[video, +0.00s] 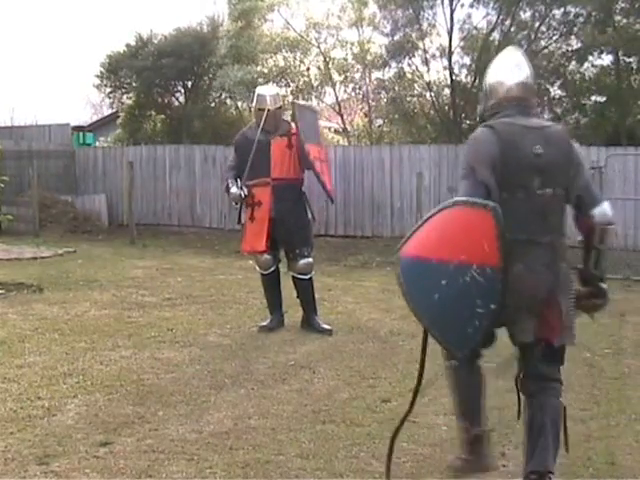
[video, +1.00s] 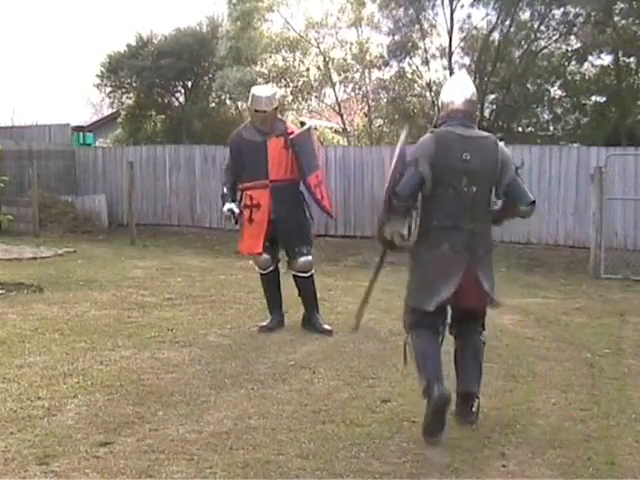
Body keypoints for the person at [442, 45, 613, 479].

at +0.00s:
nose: (492, 98)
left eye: (491, 92)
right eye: (504, 91)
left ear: (491, 95)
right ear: (533, 93)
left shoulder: (484, 140)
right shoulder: (560, 139)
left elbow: (473, 212)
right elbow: (594, 215)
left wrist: (459, 278)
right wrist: (592, 275)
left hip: (497, 268)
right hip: (548, 270)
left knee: (460, 342)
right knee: (544, 376)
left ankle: (474, 450)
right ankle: (540, 471)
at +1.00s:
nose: (441, 113)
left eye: (442, 108)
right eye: (469, 108)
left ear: (443, 109)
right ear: (474, 111)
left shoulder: (429, 145)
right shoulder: (496, 149)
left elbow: (401, 196)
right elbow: (522, 204)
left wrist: (391, 230)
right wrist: (490, 217)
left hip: (435, 250)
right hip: (477, 252)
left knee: (424, 324)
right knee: (470, 324)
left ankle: (435, 389)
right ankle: (468, 402)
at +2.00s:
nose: (433, 120)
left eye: (434, 116)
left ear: (434, 117)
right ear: (462, 116)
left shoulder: (430, 151)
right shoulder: (483, 147)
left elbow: (403, 194)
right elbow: (512, 194)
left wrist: (411, 151)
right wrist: (485, 208)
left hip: (442, 233)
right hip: (479, 232)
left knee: (438, 305)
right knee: (488, 295)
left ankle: (439, 378)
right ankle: (496, 360)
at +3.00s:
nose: (463, 123)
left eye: (464, 118)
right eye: (463, 118)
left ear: (471, 118)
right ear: (490, 116)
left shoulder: (473, 148)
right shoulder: (513, 145)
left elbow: (435, 165)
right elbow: (536, 182)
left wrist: (452, 139)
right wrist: (516, 203)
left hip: (479, 226)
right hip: (509, 224)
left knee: (473, 283)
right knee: (508, 278)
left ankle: (483, 343)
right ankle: (525, 320)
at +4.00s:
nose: (458, 129)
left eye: (460, 124)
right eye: (458, 125)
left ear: (470, 125)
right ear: (483, 124)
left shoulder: (479, 151)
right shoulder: (502, 149)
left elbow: (469, 183)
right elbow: (507, 185)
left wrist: (457, 149)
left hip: (480, 225)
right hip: (505, 224)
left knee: (451, 271)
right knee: (513, 274)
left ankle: (433, 327)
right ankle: (533, 328)